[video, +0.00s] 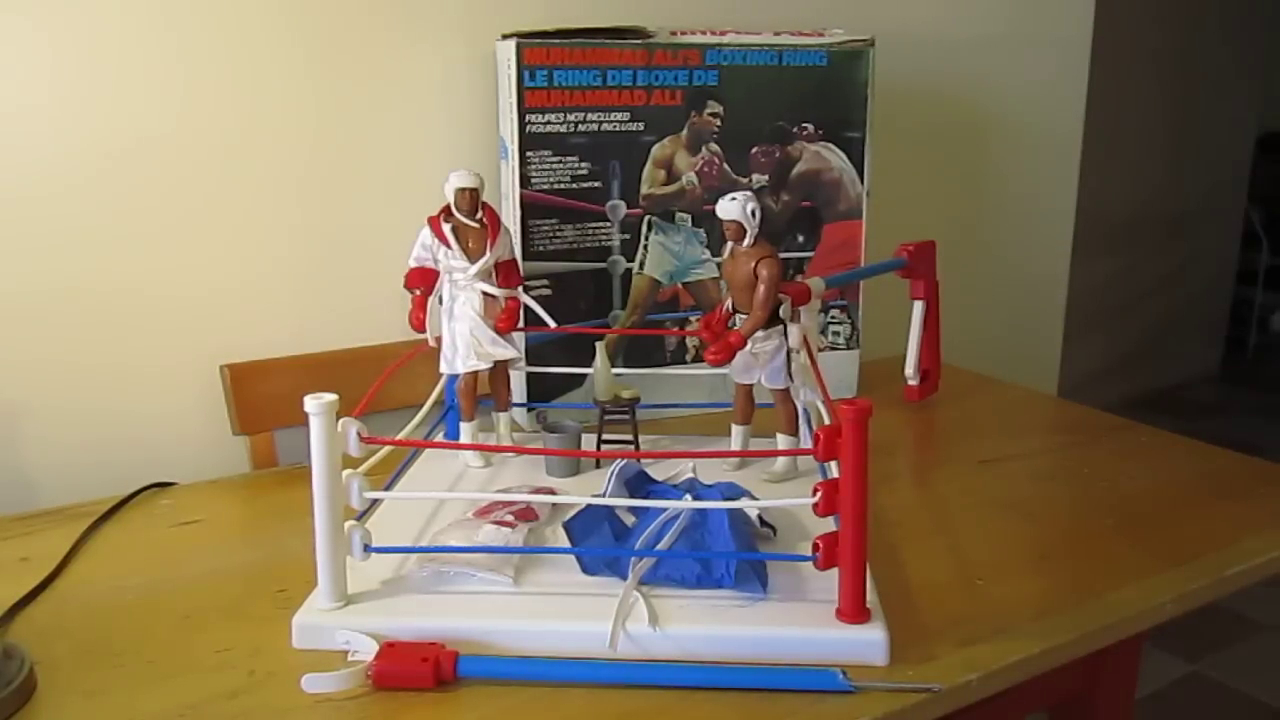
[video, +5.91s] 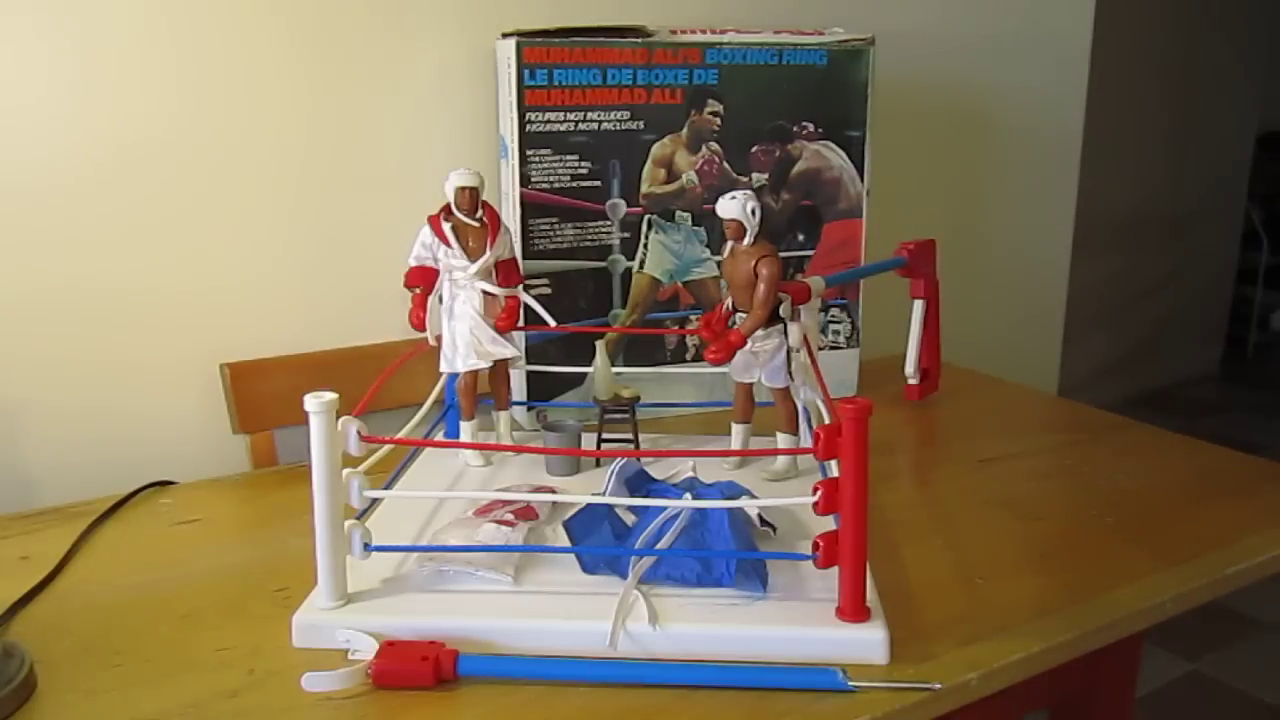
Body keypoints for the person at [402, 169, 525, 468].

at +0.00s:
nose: (467, 199)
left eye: (472, 192)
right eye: (461, 193)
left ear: (480, 195)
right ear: (450, 196)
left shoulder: (495, 228)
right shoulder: (435, 231)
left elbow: (508, 270)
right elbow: (421, 273)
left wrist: (510, 307)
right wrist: (420, 314)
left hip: (492, 303)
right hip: (458, 305)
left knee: (500, 365)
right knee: (468, 370)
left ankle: (505, 432)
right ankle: (469, 440)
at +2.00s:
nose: (468, 197)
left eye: (472, 191)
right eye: (462, 191)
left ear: (481, 194)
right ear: (451, 195)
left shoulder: (495, 228)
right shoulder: (436, 229)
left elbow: (509, 269)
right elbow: (421, 268)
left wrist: (512, 306)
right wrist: (419, 304)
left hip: (493, 303)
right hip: (459, 305)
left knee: (500, 365)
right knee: (469, 370)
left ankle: (505, 433)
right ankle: (469, 440)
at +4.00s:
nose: (466, 198)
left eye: (472, 191)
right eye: (460, 192)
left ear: (480, 194)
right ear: (450, 195)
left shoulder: (496, 228)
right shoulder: (435, 229)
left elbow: (508, 270)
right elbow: (421, 273)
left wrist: (510, 306)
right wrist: (421, 312)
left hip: (493, 302)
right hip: (459, 304)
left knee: (501, 364)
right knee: (469, 369)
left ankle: (505, 432)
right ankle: (469, 440)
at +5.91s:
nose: (467, 198)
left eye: (472, 191)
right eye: (460, 191)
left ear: (480, 194)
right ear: (450, 195)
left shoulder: (496, 227)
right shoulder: (436, 229)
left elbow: (508, 270)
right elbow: (421, 271)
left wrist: (511, 306)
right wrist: (422, 310)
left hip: (491, 301)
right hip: (457, 303)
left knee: (500, 365)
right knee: (468, 369)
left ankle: (505, 434)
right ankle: (469, 441)